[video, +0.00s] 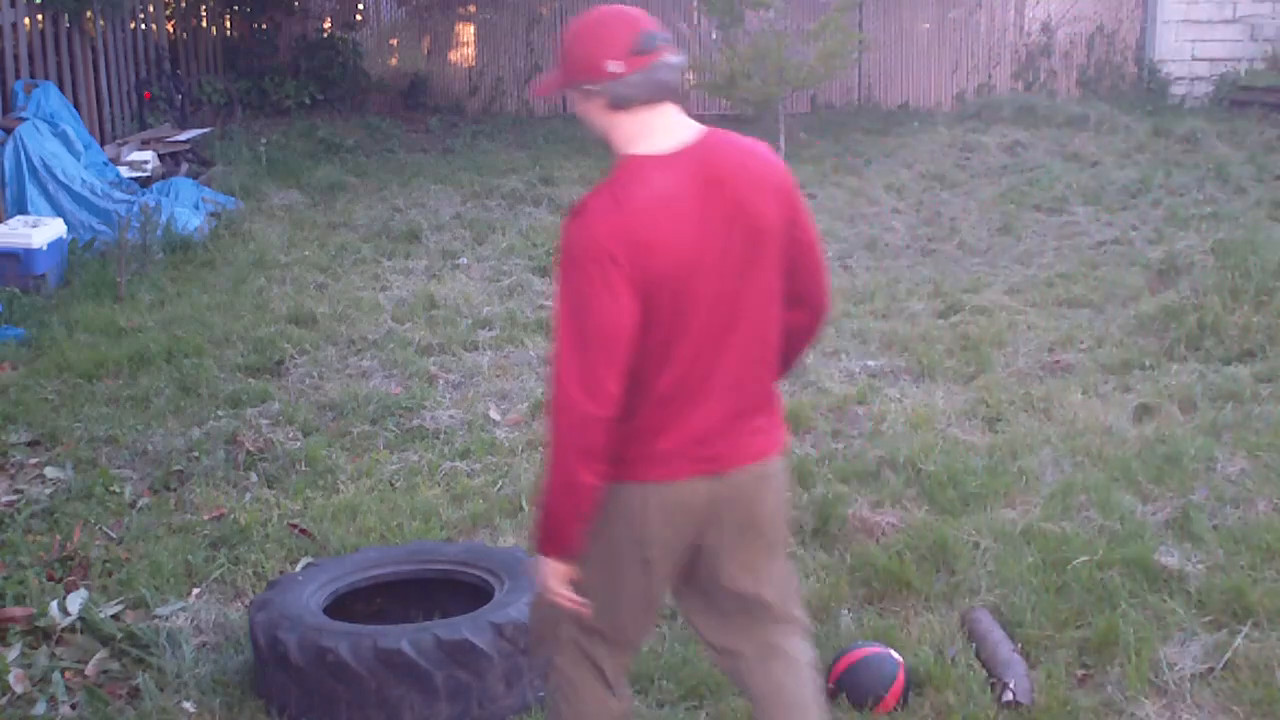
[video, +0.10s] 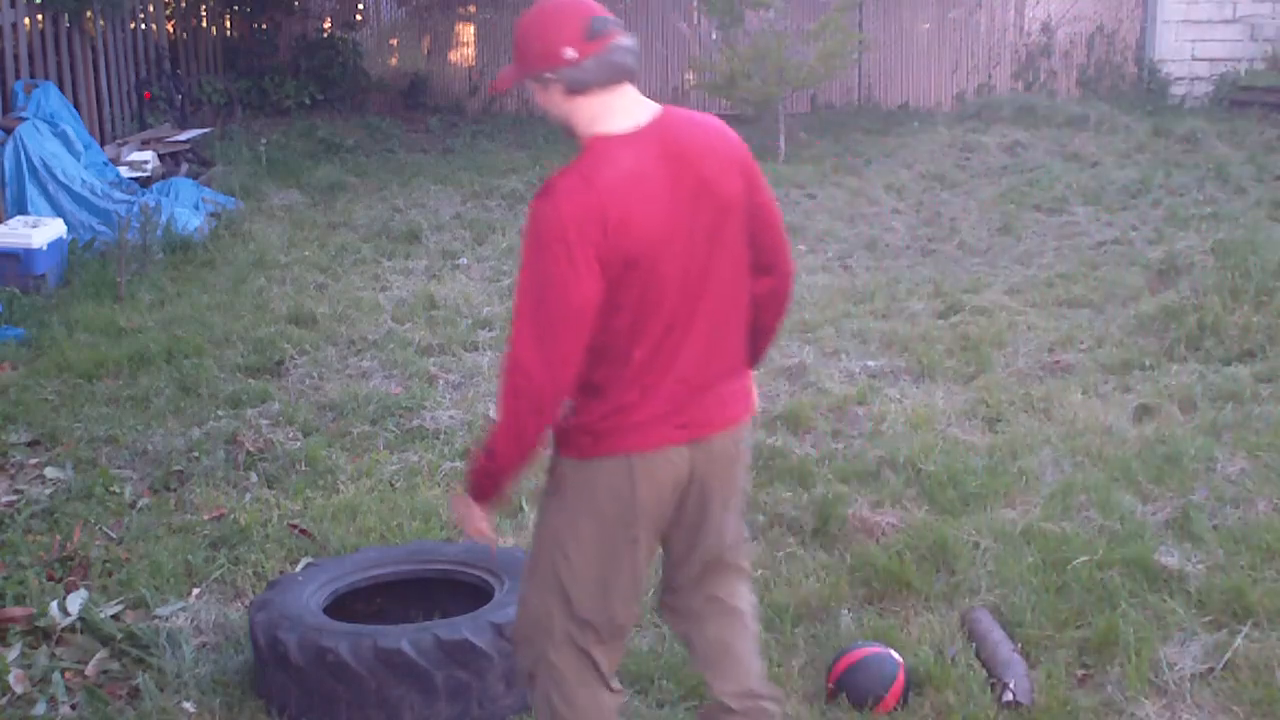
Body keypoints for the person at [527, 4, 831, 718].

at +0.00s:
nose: (576, 108)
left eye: (576, 95)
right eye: (573, 96)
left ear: (595, 99)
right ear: (667, 79)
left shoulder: (605, 219)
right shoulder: (762, 166)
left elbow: (587, 400)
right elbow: (808, 302)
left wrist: (557, 541)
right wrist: (746, 370)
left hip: (645, 487)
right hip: (755, 472)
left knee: (583, 653)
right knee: (772, 641)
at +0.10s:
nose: (532, 101)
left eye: (532, 87)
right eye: (529, 87)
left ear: (555, 87)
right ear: (619, 62)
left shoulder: (573, 200)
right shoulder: (717, 140)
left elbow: (541, 378)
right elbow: (774, 270)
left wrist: (482, 487)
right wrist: (735, 360)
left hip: (618, 457)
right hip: (722, 434)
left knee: (567, 640)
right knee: (716, 589)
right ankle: (751, 708)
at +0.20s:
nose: (509, 101)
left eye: (507, 85)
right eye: (504, 86)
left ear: (531, 80)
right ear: (589, 57)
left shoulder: (554, 187)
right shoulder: (688, 131)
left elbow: (518, 353)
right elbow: (742, 257)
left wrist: (431, 426)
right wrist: (719, 345)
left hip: (601, 446)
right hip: (698, 421)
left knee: (563, 631)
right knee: (683, 574)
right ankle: (710, 704)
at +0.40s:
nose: (487, 135)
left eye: (485, 121)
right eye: (481, 124)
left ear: (516, 109)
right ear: (556, 90)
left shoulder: (552, 203)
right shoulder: (643, 152)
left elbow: (524, 360)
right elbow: (673, 272)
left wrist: (415, 385)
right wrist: (653, 359)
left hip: (587, 440)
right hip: (663, 413)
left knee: (529, 623)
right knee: (645, 552)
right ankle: (645, 662)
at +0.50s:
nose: (480, 162)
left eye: (479, 149)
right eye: (474, 151)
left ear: (510, 135)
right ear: (536, 116)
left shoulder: (565, 211)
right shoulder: (618, 162)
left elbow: (562, 369)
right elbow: (635, 294)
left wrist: (449, 414)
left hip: (599, 432)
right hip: (655, 407)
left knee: (527, 603)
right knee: (615, 545)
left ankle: (571, 709)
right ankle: (635, 667)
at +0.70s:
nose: (457, 166)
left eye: (456, 154)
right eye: (450, 157)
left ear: (486, 130)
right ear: (489, 121)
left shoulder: (566, 184)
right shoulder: (525, 161)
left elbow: (605, 331)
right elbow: (526, 269)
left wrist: (525, 412)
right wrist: (521, 354)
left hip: (621, 378)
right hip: (586, 370)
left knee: (541, 535)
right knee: (586, 511)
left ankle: (602, 690)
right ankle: (630, 648)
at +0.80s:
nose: (440, 176)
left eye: (441, 165)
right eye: (433, 168)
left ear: (473, 140)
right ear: (472, 132)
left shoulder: (562, 195)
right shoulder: (501, 170)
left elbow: (601, 332)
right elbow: (505, 277)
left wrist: (534, 422)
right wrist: (502, 376)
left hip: (618, 378)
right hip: (564, 369)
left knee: (574, 536)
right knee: (550, 487)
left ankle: (596, 688)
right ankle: (625, 593)